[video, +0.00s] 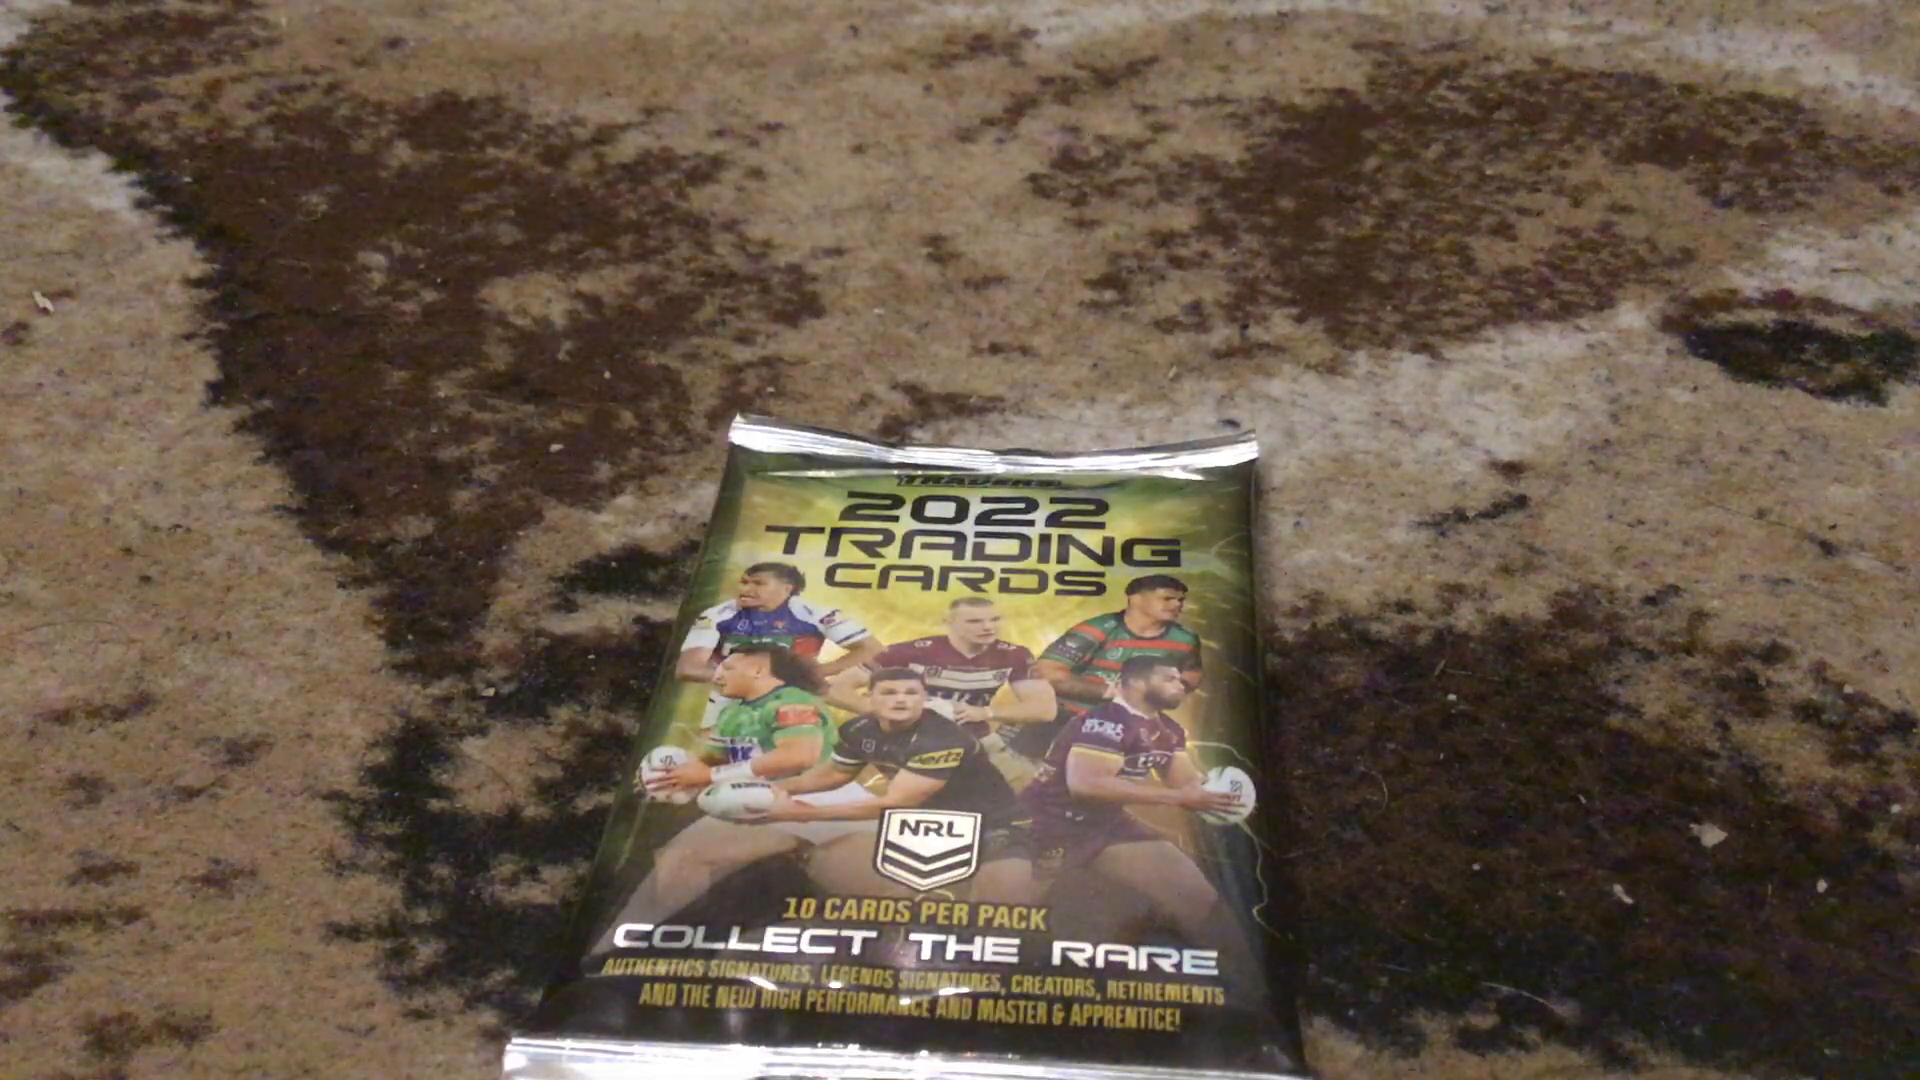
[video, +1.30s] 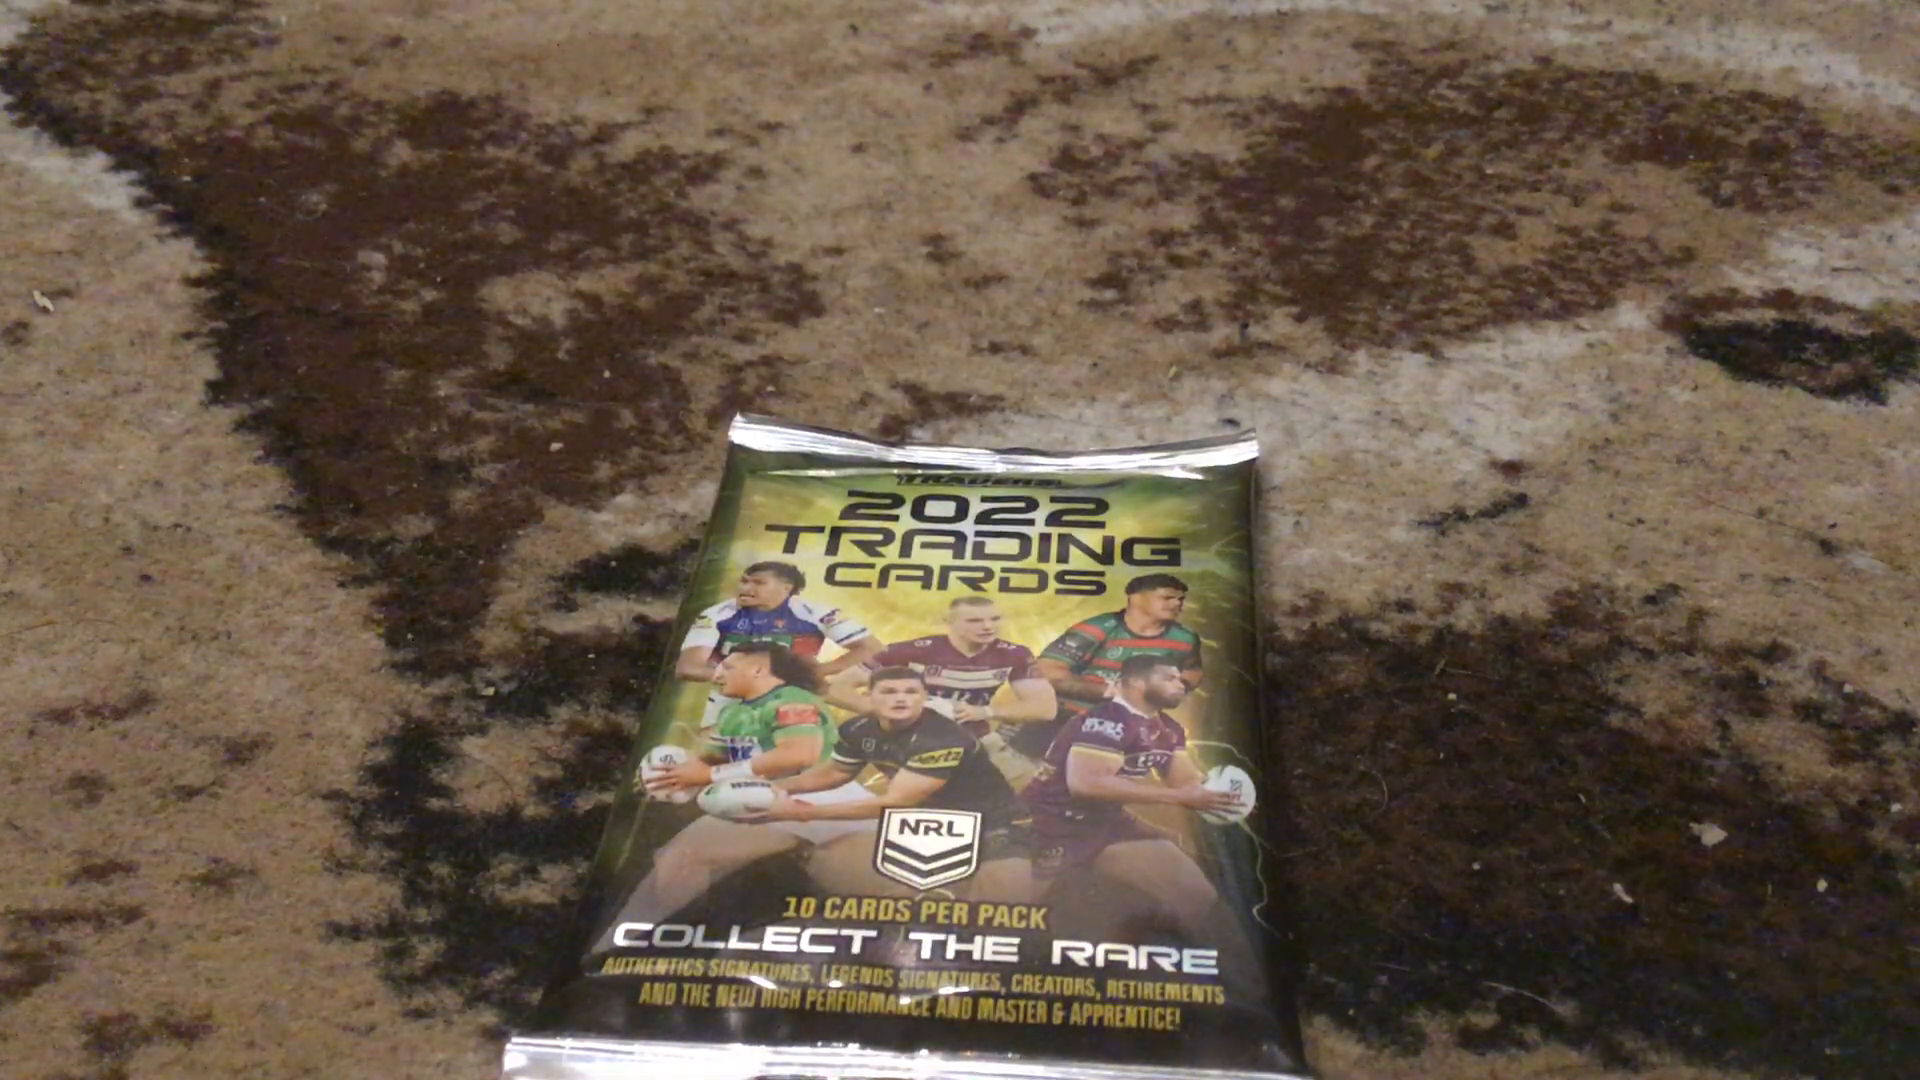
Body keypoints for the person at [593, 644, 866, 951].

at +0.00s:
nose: (719, 671)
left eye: (729, 662)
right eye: (722, 663)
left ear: (760, 665)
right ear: (756, 667)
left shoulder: (793, 702)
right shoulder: (733, 713)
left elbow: (801, 754)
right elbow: (712, 763)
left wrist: (711, 775)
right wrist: (668, 781)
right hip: (750, 817)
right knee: (673, 863)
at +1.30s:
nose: (720, 669)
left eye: (729, 662)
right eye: (722, 662)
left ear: (761, 665)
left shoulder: (793, 700)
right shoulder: (732, 714)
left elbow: (802, 754)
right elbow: (714, 763)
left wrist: (711, 775)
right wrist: (668, 779)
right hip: (752, 814)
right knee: (674, 863)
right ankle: (614, 950)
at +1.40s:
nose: (719, 669)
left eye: (729, 662)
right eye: (721, 662)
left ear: (761, 665)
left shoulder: (793, 701)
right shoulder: (733, 714)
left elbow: (801, 754)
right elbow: (713, 762)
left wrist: (711, 775)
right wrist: (667, 779)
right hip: (758, 814)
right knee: (678, 862)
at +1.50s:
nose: (719, 668)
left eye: (730, 660)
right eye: (722, 661)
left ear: (762, 662)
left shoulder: (793, 701)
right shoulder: (731, 712)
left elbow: (802, 754)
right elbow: (716, 763)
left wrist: (712, 775)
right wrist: (675, 778)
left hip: (783, 818)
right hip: (737, 816)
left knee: (685, 860)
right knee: (669, 862)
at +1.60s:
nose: (719, 670)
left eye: (729, 661)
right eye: (721, 662)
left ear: (763, 661)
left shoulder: (793, 700)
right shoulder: (731, 712)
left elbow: (802, 754)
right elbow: (715, 763)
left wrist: (712, 775)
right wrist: (676, 781)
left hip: (782, 814)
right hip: (736, 814)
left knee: (682, 861)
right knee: (670, 861)